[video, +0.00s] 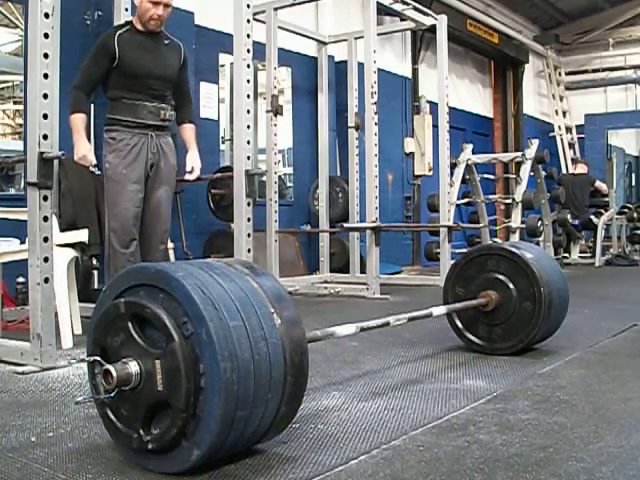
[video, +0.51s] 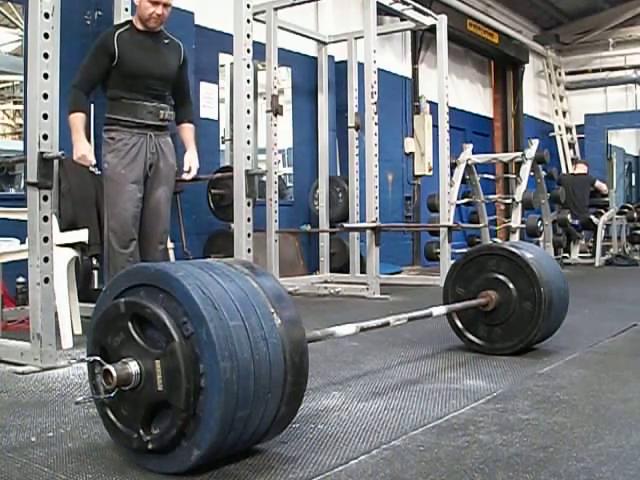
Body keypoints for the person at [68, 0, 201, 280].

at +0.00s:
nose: (159, 12)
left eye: (165, 6)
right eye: (153, 4)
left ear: (170, 10)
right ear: (137, 3)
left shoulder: (176, 50)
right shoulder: (114, 40)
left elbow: (184, 105)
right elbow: (80, 91)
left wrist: (192, 149)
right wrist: (80, 141)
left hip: (164, 144)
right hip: (123, 142)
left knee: (158, 232)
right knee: (124, 229)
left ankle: (158, 304)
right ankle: (122, 305)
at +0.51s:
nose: (159, 11)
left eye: (165, 6)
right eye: (153, 3)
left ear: (170, 9)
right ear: (137, 2)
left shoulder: (176, 49)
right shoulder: (113, 39)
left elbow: (183, 104)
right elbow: (79, 91)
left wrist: (191, 149)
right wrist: (79, 141)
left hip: (163, 143)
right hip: (123, 141)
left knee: (157, 233)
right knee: (123, 230)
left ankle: (159, 306)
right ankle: (122, 307)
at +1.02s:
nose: (156, 11)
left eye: (162, 6)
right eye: (149, 4)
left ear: (167, 9)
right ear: (134, 3)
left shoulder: (175, 48)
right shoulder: (112, 39)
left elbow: (183, 103)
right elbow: (77, 91)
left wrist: (191, 148)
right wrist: (77, 141)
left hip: (162, 143)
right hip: (122, 141)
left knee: (157, 232)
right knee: (122, 230)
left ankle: (159, 305)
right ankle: (121, 306)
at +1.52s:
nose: (148, 7)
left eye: (155, 2)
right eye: (142, 1)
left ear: (161, 6)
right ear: (127, 2)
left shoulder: (169, 43)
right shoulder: (104, 36)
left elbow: (180, 98)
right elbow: (69, 89)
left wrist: (191, 144)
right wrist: (70, 142)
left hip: (158, 141)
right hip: (116, 139)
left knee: (153, 230)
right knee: (117, 227)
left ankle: (151, 309)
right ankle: (110, 311)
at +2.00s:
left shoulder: (162, 24)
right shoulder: (92, 19)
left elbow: (174, 80)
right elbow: (53, 73)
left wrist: (188, 129)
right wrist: (59, 130)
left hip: (154, 135)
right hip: (106, 133)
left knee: (161, 231)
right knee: (108, 233)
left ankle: (151, 316)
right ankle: (107, 321)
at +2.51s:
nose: (195, 2)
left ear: (195, 1)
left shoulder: (199, 27)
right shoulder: (127, 14)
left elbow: (207, 85)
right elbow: (82, 70)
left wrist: (220, 137)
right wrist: (79, 134)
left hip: (178, 130)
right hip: (133, 127)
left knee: (173, 225)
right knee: (144, 215)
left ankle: (161, 305)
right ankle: (122, 300)